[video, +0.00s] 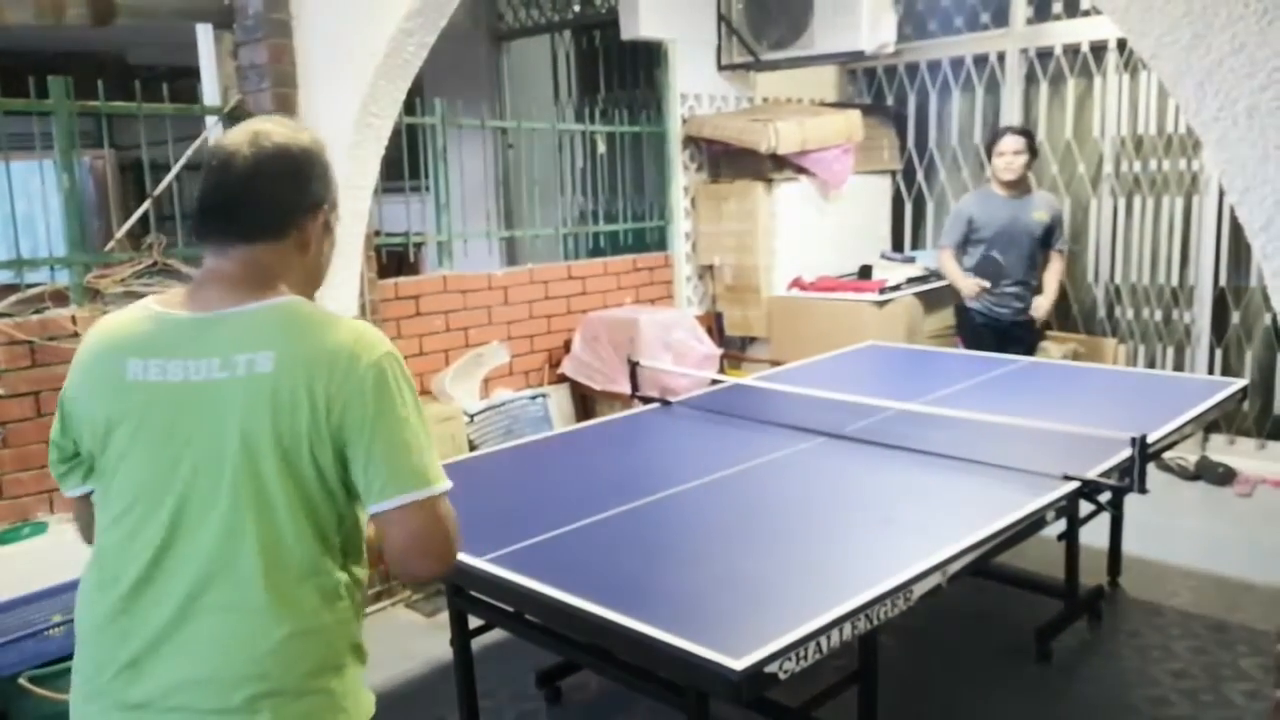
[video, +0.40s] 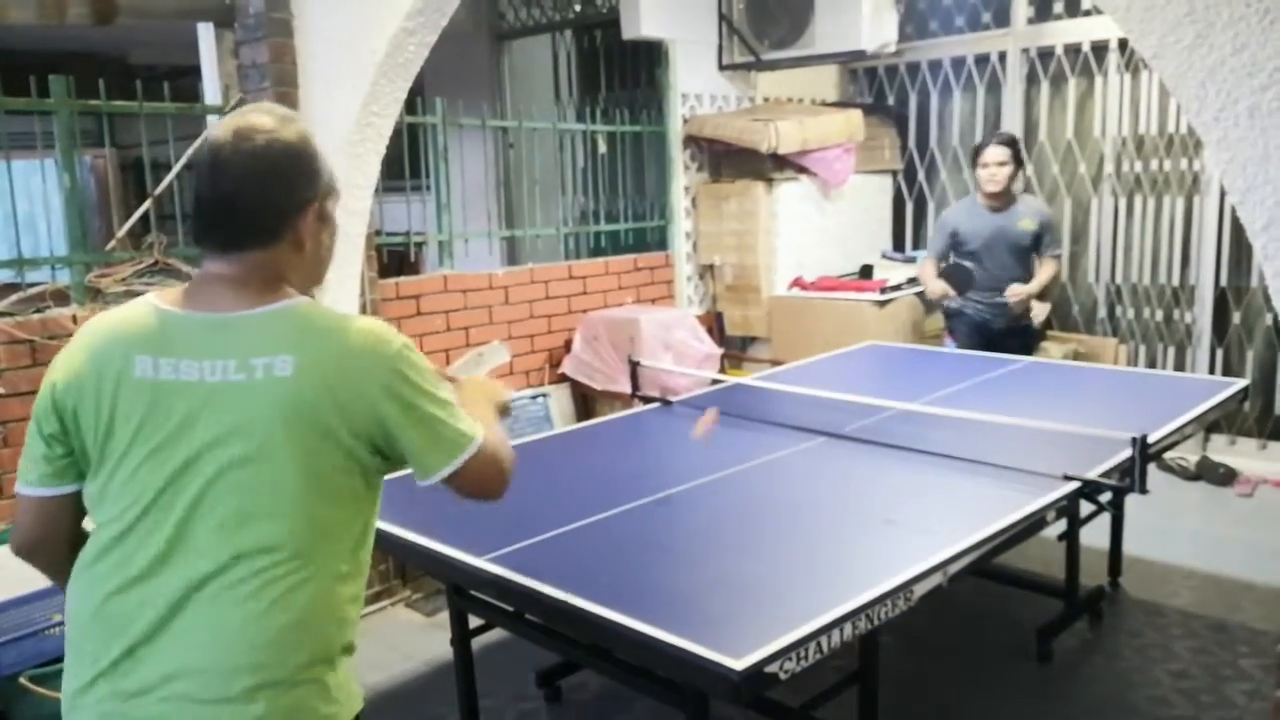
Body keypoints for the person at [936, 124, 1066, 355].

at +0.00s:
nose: (1008, 161)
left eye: (1017, 153)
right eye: (1000, 154)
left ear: (1030, 159)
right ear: (990, 160)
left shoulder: (1047, 207)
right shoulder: (970, 204)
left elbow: (1056, 255)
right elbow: (945, 253)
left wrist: (1047, 298)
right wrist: (962, 282)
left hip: (1023, 317)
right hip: (978, 315)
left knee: (1016, 386)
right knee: (983, 386)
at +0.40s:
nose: (992, 172)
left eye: (1001, 165)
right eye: (984, 166)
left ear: (1016, 169)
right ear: (975, 171)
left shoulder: (1037, 214)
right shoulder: (954, 216)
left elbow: (1050, 260)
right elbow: (929, 261)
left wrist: (1030, 289)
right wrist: (932, 283)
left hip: (1014, 312)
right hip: (968, 309)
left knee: (1012, 378)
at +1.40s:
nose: (941, 193)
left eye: (950, 185)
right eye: (932, 185)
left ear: (964, 186)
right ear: (921, 188)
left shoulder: (987, 224)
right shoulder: (908, 230)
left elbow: (1006, 261)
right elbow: (867, 269)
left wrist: (1015, 300)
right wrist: (863, 297)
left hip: (976, 342)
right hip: (925, 343)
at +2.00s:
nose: (954, 191)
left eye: (962, 182)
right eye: (945, 182)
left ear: (977, 182)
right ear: (935, 183)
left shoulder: (1002, 220)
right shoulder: (919, 226)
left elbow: (1021, 260)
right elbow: (877, 267)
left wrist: (1012, 295)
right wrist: (884, 299)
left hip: (985, 333)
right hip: (935, 332)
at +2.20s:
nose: (939, 205)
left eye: (947, 197)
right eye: (930, 198)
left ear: (958, 197)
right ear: (918, 200)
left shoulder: (979, 229)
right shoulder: (908, 236)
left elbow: (994, 278)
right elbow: (883, 275)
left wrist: (1002, 328)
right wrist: (874, 311)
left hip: (973, 336)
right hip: (924, 338)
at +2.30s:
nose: (934, 213)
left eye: (942, 204)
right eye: (925, 206)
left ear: (953, 202)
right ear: (912, 207)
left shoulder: (972, 233)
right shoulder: (905, 243)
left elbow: (988, 282)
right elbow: (886, 283)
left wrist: (1000, 330)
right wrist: (868, 308)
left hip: (968, 334)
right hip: (920, 336)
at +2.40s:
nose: (935, 213)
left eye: (943, 204)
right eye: (925, 205)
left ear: (954, 202)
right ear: (913, 205)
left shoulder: (972, 231)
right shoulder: (904, 238)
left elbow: (987, 279)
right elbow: (883, 275)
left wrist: (998, 323)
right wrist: (863, 305)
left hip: (965, 327)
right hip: (916, 328)